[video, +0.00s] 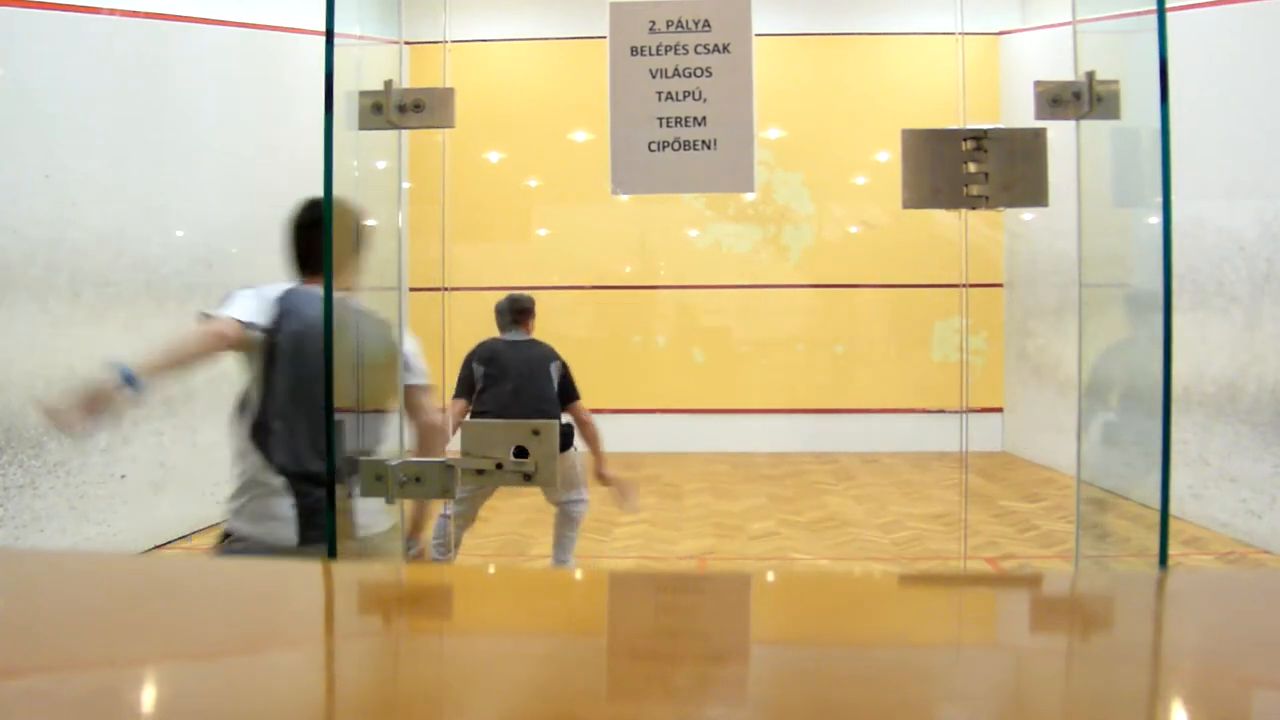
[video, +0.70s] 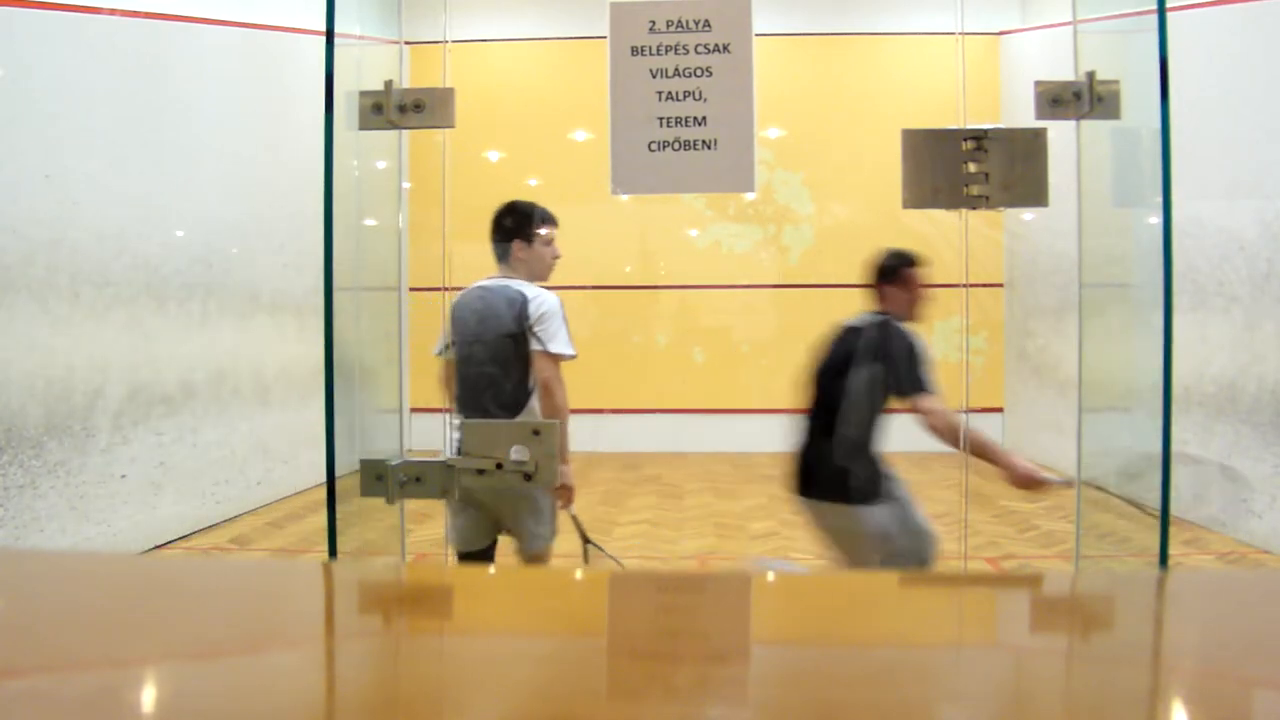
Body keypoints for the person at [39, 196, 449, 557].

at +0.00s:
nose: (360, 255)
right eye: (359, 246)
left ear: (298, 252)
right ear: (357, 254)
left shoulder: (270, 304)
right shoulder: (392, 338)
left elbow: (220, 337)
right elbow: (433, 430)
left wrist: (123, 384)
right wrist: (417, 528)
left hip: (270, 534)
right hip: (365, 539)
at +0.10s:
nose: (383, 245)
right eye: (405, 233)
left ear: (349, 234)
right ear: (406, 239)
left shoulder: (306, 293)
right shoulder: (431, 319)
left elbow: (264, 361)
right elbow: (465, 415)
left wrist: (204, 448)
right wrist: (461, 508)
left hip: (301, 514)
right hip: (390, 520)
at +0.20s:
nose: (447, 247)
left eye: (447, 235)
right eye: (446, 235)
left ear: (388, 231)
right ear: (431, 237)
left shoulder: (334, 290)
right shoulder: (454, 308)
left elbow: (303, 370)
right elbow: (485, 415)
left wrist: (264, 463)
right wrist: (485, 501)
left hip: (331, 492)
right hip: (414, 493)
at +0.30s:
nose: (480, 254)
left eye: (479, 242)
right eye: (476, 243)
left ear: (416, 246)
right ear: (456, 246)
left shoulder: (372, 299)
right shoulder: (480, 314)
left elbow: (320, 383)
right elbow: (504, 420)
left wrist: (286, 467)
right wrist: (505, 502)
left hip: (361, 486)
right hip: (433, 490)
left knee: (385, 606)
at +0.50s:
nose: (526, 268)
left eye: (523, 257)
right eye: (518, 257)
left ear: (473, 265)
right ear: (490, 264)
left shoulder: (420, 319)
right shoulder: (512, 322)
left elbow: (376, 396)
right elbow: (529, 413)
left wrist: (342, 459)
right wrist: (540, 488)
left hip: (423, 493)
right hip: (480, 497)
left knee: (440, 604)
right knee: (487, 612)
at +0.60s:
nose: (541, 258)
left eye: (539, 247)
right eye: (532, 247)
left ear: (496, 255)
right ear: (503, 254)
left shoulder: (443, 307)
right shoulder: (527, 307)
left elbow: (415, 381)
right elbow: (537, 394)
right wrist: (549, 478)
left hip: (446, 473)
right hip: (501, 473)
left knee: (459, 586)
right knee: (515, 587)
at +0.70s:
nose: (557, 253)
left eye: (555, 242)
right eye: (548, 243)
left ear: (517, 248)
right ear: (519, 249)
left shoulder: (463, 302)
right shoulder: (540, 302)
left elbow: (450, 378)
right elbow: (548, 383)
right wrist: (562, 461)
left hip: (469, 459)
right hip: (525, 461)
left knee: (471, 576)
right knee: (535, 575)